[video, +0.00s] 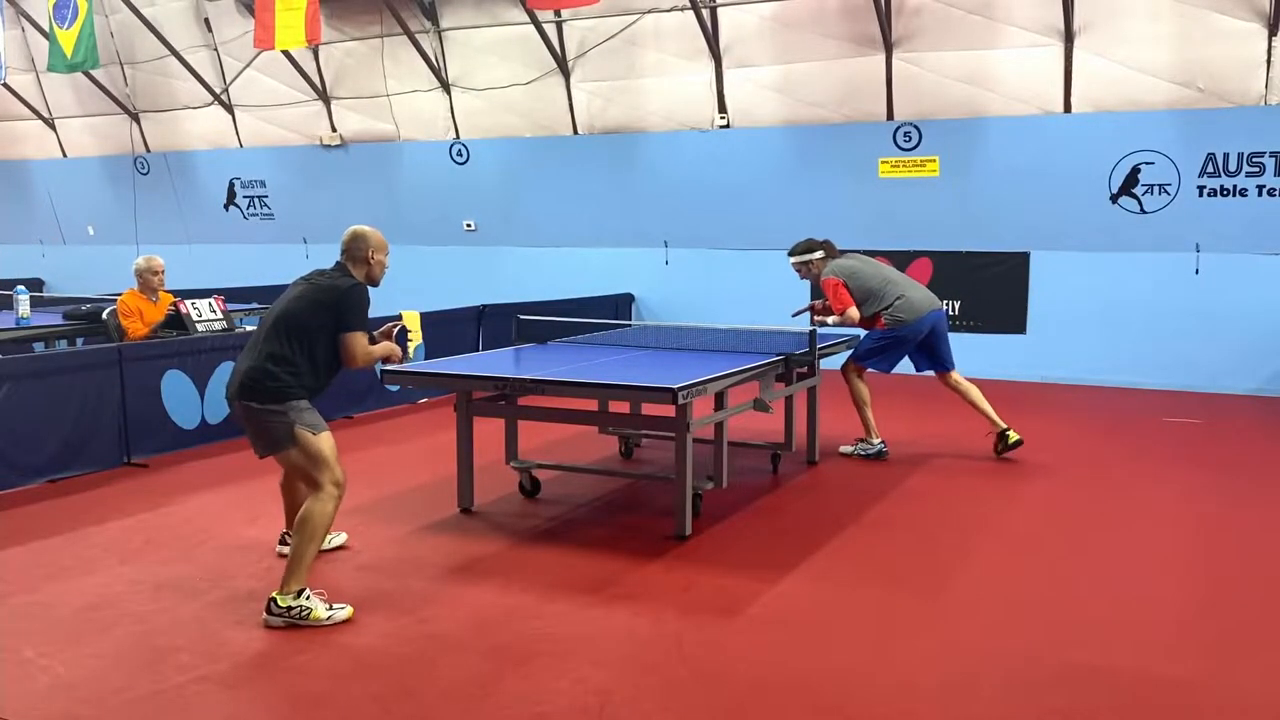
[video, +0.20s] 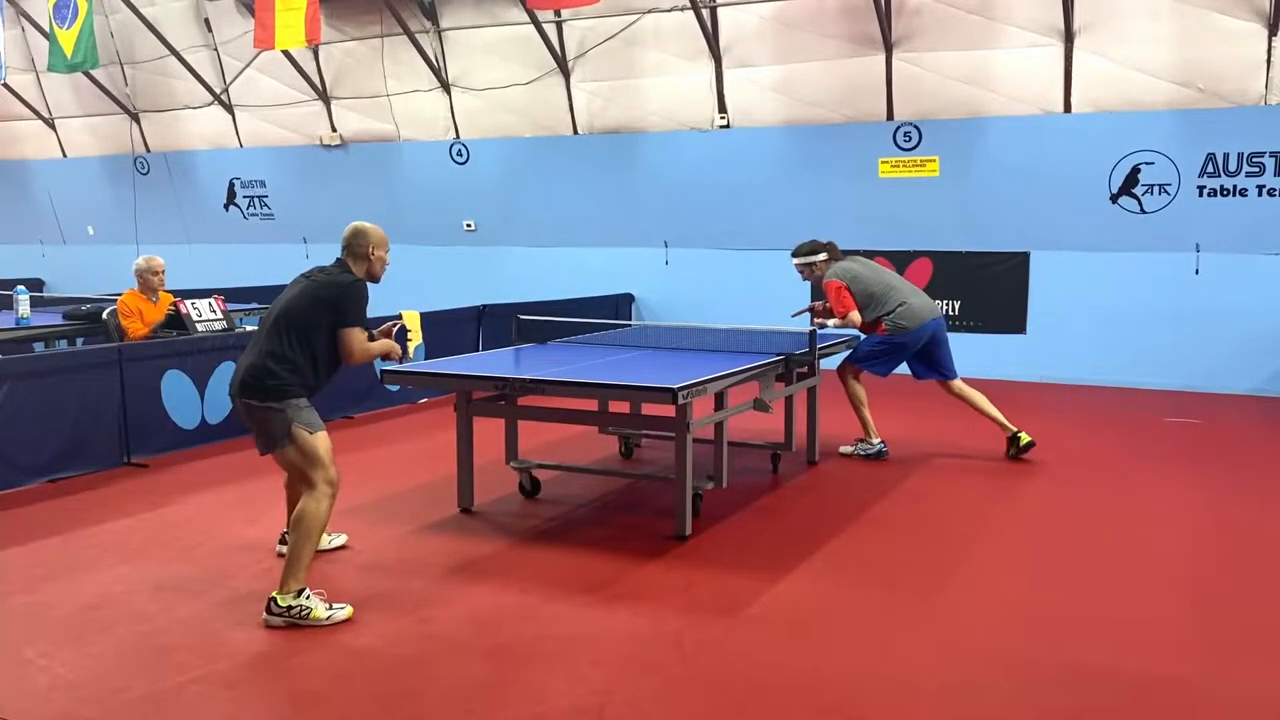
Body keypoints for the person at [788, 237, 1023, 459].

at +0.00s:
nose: (800, 276)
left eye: (800, 269)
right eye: (797, 270)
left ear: (815, 263)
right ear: (823, 257)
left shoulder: (830, 275)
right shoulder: (853, 260)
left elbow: (852, 316)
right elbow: (869, 305)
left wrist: (829, 318)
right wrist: (831, 306)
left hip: (902, 318)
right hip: (933, 309)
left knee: (852, 371)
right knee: (950, 377)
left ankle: (873, 441)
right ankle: (1003, 430)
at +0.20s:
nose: (802, 277)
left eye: (803, 270)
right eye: (800, 272)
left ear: (818, 264)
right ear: (826, 259)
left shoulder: (832, 279)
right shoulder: (855, 263)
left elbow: (854, 320)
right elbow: (872, 305)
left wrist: (830, 320)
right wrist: (833, 308)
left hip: (904, 322)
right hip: (933, 315)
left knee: (848, 372)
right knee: (954, 384)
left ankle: (873, 441)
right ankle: (1014, 433)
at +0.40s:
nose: (808, 275)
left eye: (809, 269)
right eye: (806, 270)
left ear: (824, 264)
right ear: (833, 258)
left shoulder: (838, 279)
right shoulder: (863, 263)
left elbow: (858, 322)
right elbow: (876, 302)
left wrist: (833, 322)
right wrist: (837, 309)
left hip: (906, 329)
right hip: (934, 321)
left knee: (847, 373)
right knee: (956, 389)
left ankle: (873, 441)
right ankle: (1018, 436)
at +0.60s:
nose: (821, 268)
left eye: (822, 262)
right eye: (819, 263)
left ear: (837, 256)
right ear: (845, 252)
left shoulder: (848, 275)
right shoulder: (872, 260)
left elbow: (861, 320)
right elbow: (879, 296)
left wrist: (831, 322)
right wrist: (842, 300)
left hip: (912, 332)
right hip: (940, 325)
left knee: (850, 372)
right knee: (961, 394)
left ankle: (872, 442)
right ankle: (1022, 440)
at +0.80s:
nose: (839, 249)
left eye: (842, 243)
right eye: (838, 243)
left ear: (860, 240)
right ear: (866, 238)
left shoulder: (868, 259)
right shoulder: (896, 249)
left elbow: (858, 309)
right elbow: (894, 292)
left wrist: (827, 316)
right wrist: (858, 285)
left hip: (921, 327)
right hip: (952, 323)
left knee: (858, 367)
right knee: (967, 392)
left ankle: (873, 440)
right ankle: (1025, 441)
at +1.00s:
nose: (867, 227)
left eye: (870, 221)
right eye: (866, 221)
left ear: (888, 222)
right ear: (894, 221)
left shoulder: (888, 244)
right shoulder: (921, 237)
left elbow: (857, 281)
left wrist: (831, 258)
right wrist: (873, 264)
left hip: (933, 321)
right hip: (966, 318)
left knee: (873, 364)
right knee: (976, 387)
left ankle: (873, 440)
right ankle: (1026, 442)